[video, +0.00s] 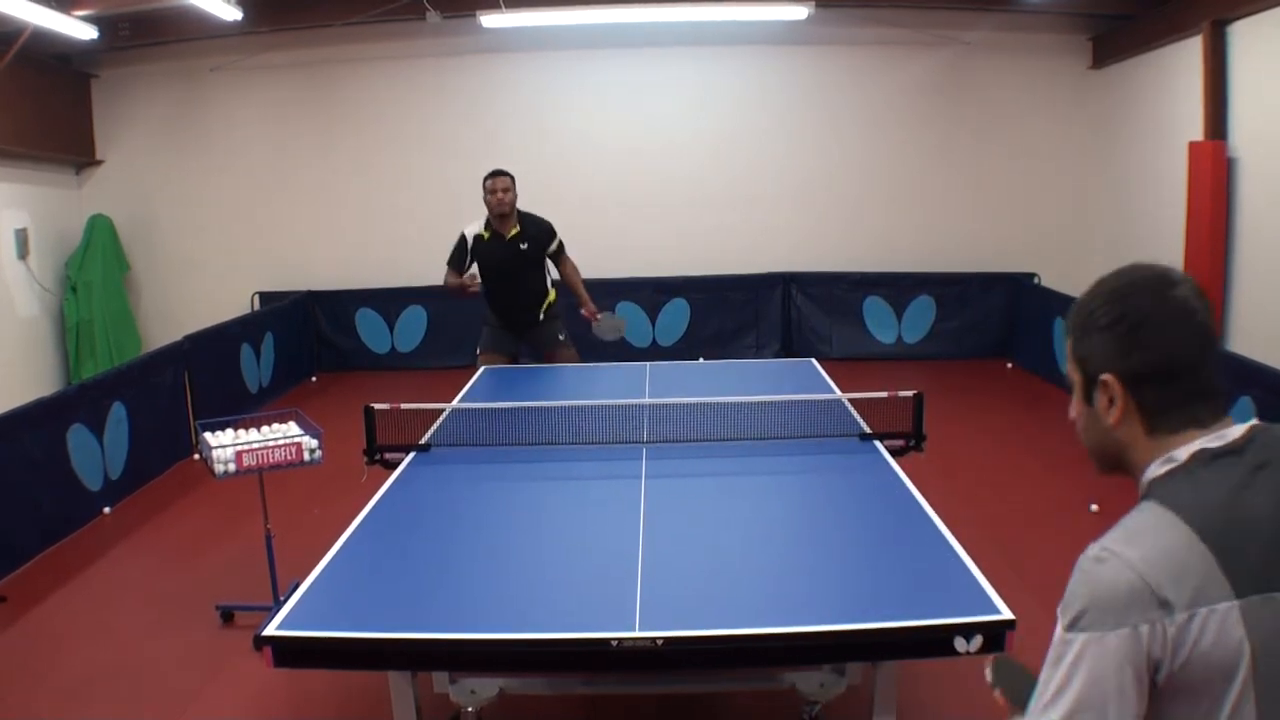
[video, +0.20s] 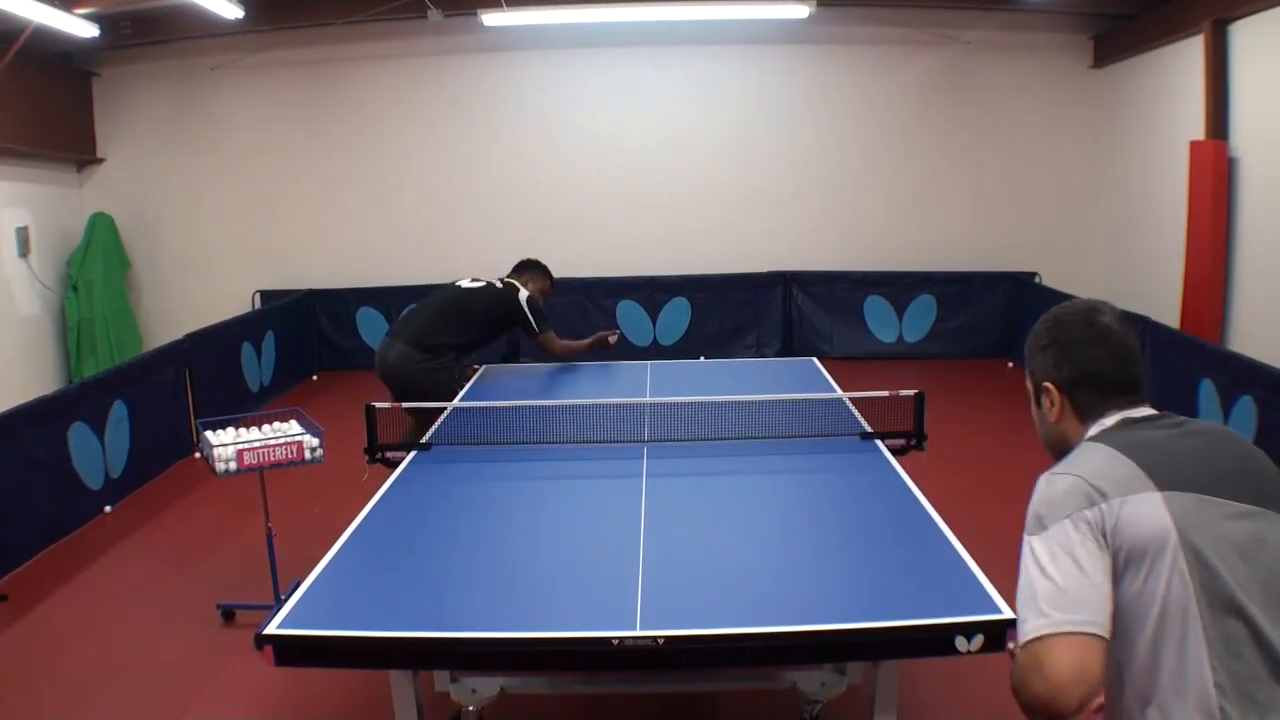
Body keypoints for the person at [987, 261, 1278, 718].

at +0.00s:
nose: (1071, 411)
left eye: (1075, 388)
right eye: (1072, 388)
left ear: (1111, 399)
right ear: (1202, 369)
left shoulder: (1128, 571)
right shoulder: (1270, 449)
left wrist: (1029, 700)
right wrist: (1042, 698)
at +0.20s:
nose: (1033, 412)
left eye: (1031, 398)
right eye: (1030, 397)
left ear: (1051, 401)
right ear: (1135, 380)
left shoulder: (1079, 482)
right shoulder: (1247, 454)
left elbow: (1061, 688)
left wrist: (1027, 658)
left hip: (1168, 710)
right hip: (1270, 704)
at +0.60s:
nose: (1046, 403)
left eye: (1046, 386)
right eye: (1045, 386)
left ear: (1072, 391)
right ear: (1149, 371)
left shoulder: (1107, 483)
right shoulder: (1251, 444)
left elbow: (1127, 685)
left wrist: (1062, 679)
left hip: (1194, 711)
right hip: (1267, 704)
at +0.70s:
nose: (1048, 395)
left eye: (1047, 378)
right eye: (1046, 378)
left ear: (1073, 384)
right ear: (1151, 364)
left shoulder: (1101, 477)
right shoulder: (1255, 443)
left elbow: (1103, 682)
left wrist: (1046, 671)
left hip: (1187, 710)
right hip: (1268, 703)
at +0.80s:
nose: (1052, 382)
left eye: (1052, 365)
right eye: (1051, 365)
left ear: (1077, 372)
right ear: (1158, 354)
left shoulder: (1104, 465)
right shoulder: (1257, 435)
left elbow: (1095, 667)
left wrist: (1036, 660)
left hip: (1186, 709)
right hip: (1270, 703)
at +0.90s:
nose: (1059, 372)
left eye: (1060, 355)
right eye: (1059, 354)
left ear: (1085, 362)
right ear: (1165, 346)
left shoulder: (1112, 460)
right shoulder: (1258, 429)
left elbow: (1102, 661)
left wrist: (1034, 643)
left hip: (1186, 709)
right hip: (1269, 701)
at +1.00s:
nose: (1064, 362)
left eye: (1064, 345)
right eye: (1063, 344)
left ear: (1090, 351)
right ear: (1169, 336)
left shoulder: (1120, 454)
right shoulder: (1257, 420)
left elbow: (1114, 658)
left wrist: (1041, 632)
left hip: (1188, 707)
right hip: (1269, 700)